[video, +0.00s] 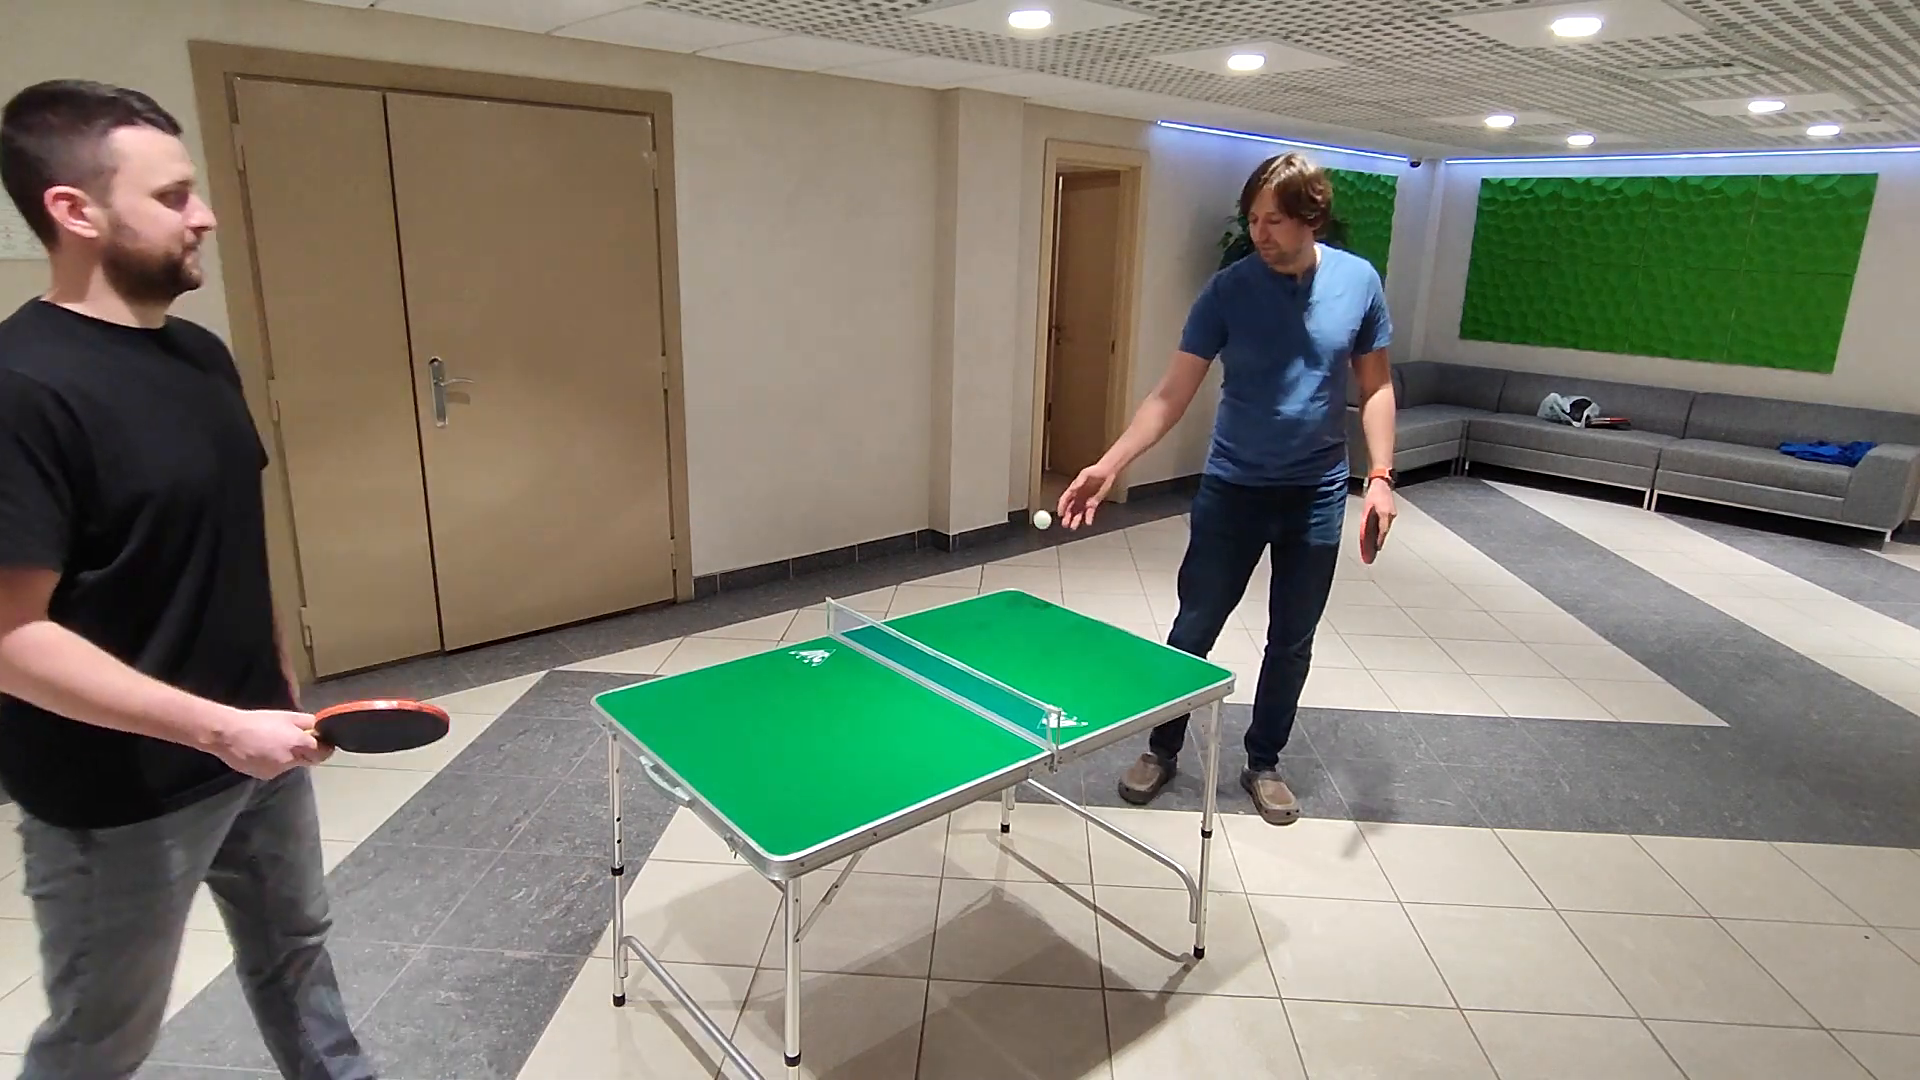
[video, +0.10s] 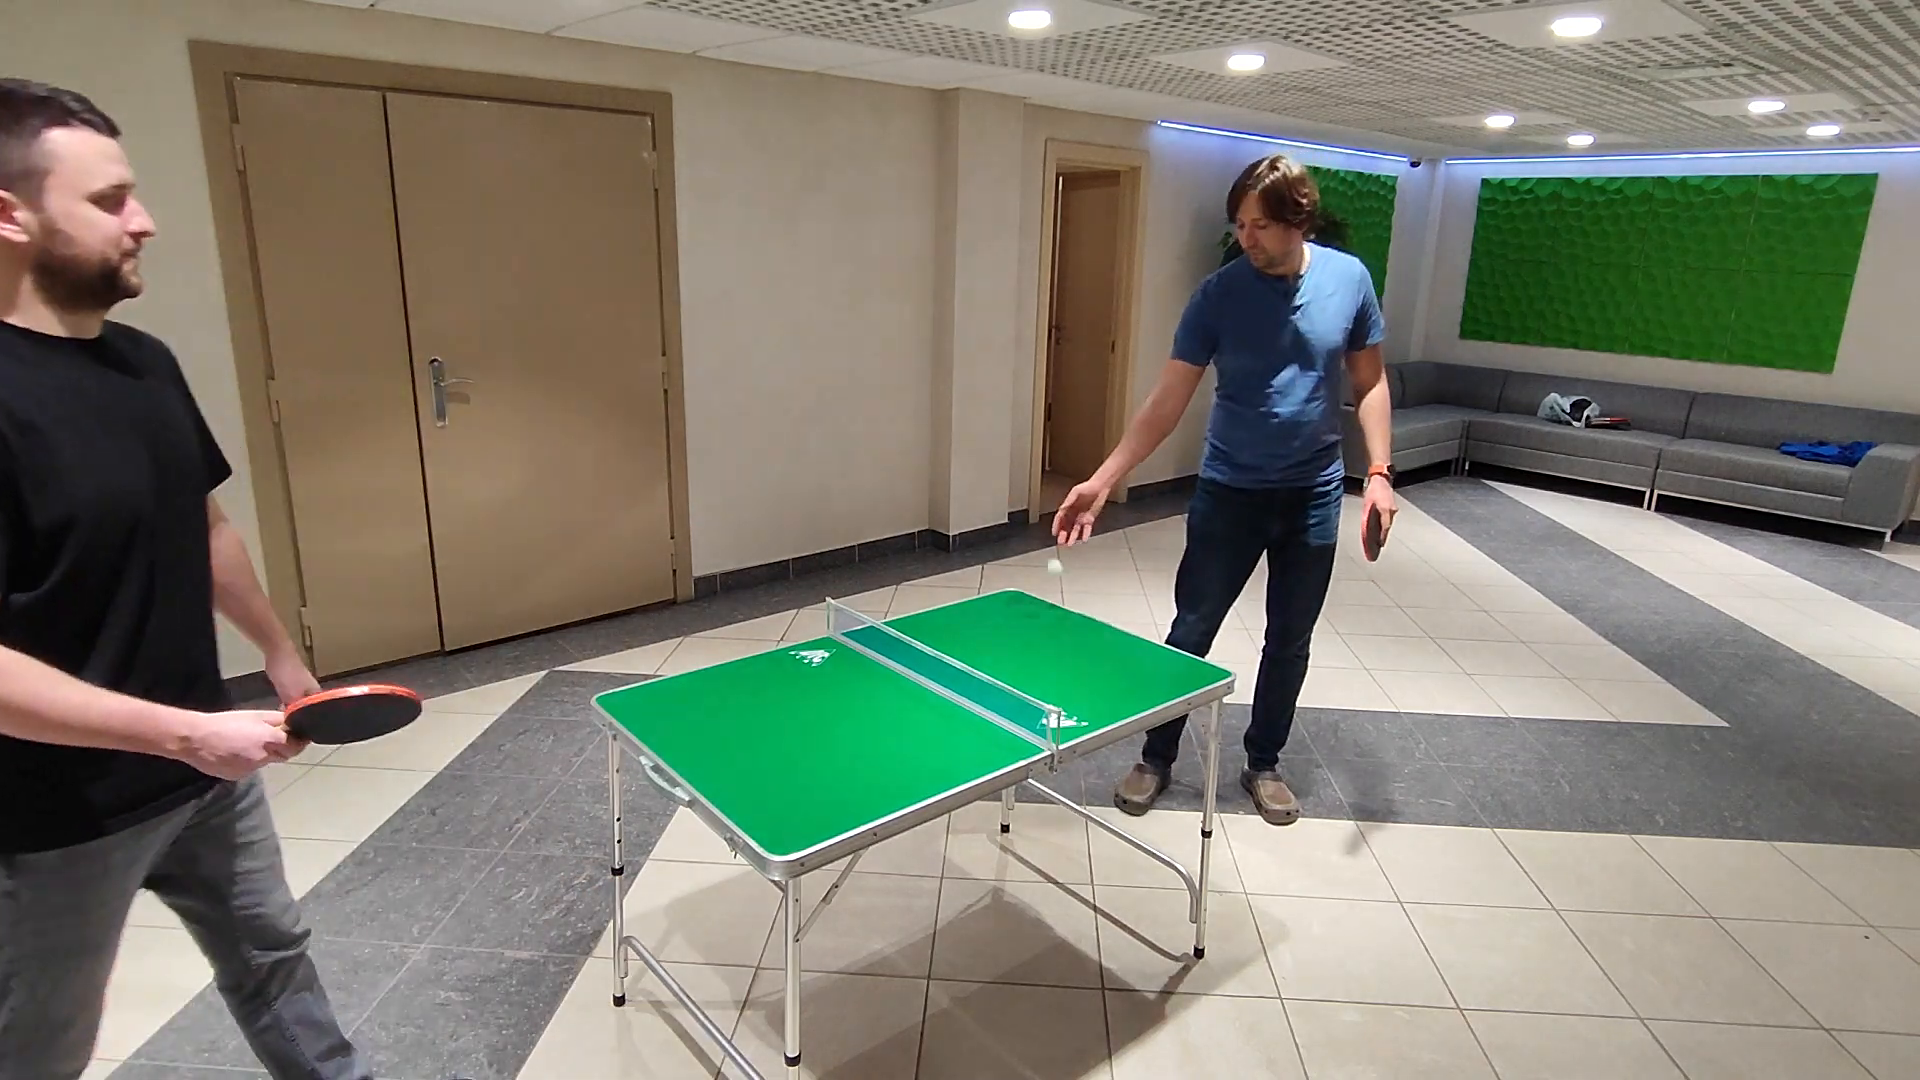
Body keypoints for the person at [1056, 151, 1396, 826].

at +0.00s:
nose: (1260, 233)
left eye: (1274, 221)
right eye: (1254, 219)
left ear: (1312, 220)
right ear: (1249, 219)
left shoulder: (1359, 282)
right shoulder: (1231, 289)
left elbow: (1376, 387)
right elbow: (1169, 398)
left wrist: (1381, 477)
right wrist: (1109, 466)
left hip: (1317, 490)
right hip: (1232, 486)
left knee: (1293, 643)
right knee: (1192, 630)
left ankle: (1264, 764)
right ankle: (1160, 752)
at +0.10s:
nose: (1245, 237)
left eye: (1259, 225)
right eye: (1239, 223)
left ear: (1298, 221)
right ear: (1237, 221)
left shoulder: (1347, 279)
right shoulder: (1220, 294)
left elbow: (1371, 384)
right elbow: (1165, 403)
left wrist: (1379, 475)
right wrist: (1102, 481)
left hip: (1313, 490)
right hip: (1229, 488)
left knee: (1290, 642)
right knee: (1190, 632)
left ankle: (1263, 766)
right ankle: (1153, 762)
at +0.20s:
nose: (1230, 238)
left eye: (1242, 226)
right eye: (1224, 226)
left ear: (1284, 220)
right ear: (1221, 223)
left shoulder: (1334, 276)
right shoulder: (1205, 298)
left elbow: (1361, 381)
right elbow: (1157, 414)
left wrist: (1375, 473)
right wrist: (1100, 493)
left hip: (1304, 488)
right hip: (1221, 487)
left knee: (1286, 639)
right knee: (1186, 630)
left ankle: (1263, 764)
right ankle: (1152, 762)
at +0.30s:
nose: (1216, 239)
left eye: (1228, 226)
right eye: (1209, 226)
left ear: (1268, 219)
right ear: (1206, 223)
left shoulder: (1322, 274)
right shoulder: (1191, 299)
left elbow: (1349, 377)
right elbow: (1155, 417)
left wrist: (1364, 468)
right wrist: (1104, 489)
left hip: (1293, 491)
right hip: (1208, 489)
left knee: (1279, 642)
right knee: (1178, 637)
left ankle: (1262, 767)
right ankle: (1152, 763)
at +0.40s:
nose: (1204, 236)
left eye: (1216, 224)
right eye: (1197, 223)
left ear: (1256, 219)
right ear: (1193, 220)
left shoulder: (1311, 273)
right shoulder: (1178, 297)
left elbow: (1333, 373)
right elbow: (1152, 409)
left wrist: (1346, 467)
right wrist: (1113, 479)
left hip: (1280, 492)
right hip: (1196, 490)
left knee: (1272, 642)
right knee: (1172, 635)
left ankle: (1262, 765)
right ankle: (1153, 762)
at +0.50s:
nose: (1195, 232)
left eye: (1208, 220)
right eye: (1188, 219)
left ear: (1246, 215)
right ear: (1183, 217)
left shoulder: (1299, 274)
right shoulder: (1165, 294)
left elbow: (1320, 376)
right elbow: (1145, 398)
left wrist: (1329, 465)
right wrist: (1131, 465)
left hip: (1271, 488)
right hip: (1185, 488)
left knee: (1266, 640)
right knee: (1165, 633)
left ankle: (1262, 765)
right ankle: (1153, 761)